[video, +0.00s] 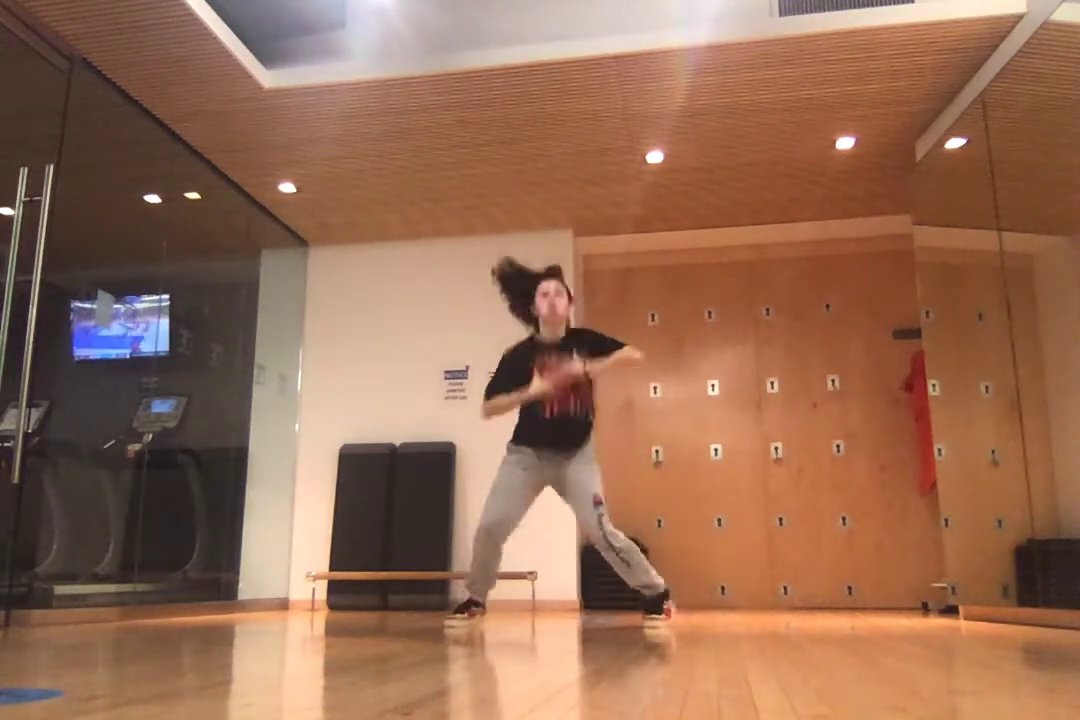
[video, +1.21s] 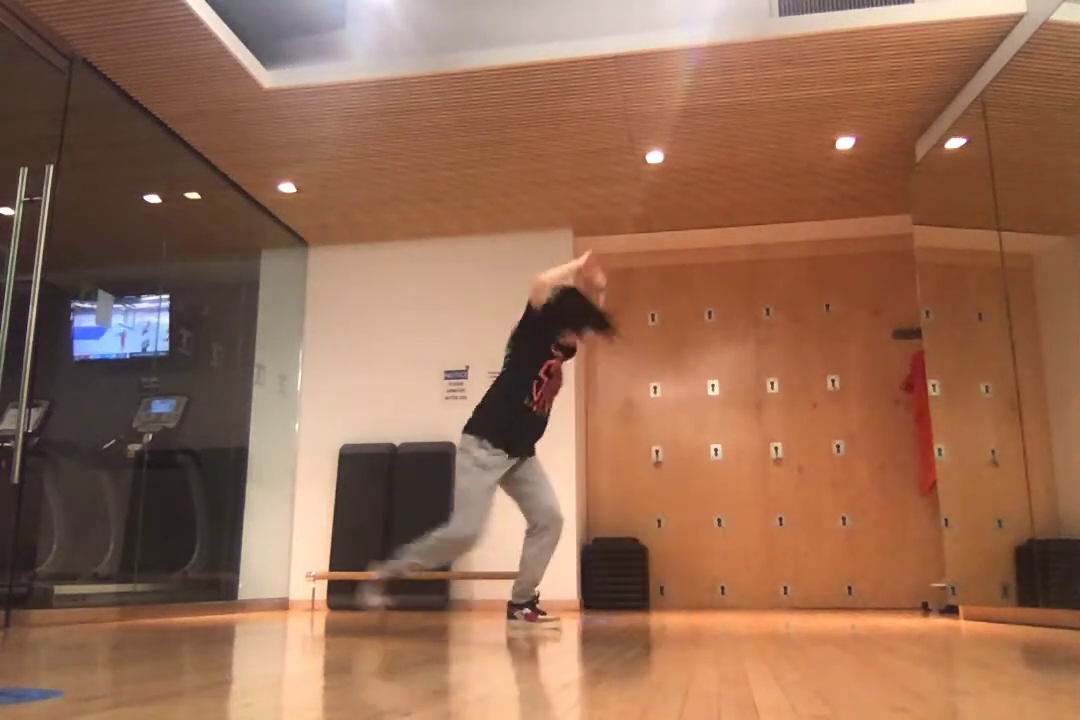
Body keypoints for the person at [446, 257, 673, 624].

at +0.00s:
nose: (553, 301)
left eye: (559, 294)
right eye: (545, 295)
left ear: (570, 305)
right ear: (532, 307)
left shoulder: (583, 342)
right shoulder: (521, 354)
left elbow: (634, 355)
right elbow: (489, 408)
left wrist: (587, 368)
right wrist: (531, 392)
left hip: (576, 455)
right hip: (526, 456)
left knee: (599, 531)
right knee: (490, 527)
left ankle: (656, 594)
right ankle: (475, 599)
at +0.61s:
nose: (585, 300)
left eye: (588, 293)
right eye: (576, 295)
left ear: (597, 301)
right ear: (563, 306)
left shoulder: (607, 340)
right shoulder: (560, 343)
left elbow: (632, 353)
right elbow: (544, 388)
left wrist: (620, 362)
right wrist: (588, 370)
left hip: (602, 452)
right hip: (566, 444)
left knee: (656, 514)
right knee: (526, 525)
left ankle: (647, 603)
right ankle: (463, 584)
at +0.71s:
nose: (610, 294)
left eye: (608, 288)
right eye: (603, 288)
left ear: (594, 296)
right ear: (584, 294)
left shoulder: (601, 337)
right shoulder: (576, 332)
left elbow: (585, 383)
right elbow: (553, 385)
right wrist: (601, 364)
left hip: (611, 447)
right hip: (573, 441)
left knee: (659, 514)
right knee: (526, 516)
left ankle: (650, 604)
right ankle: (468, 582)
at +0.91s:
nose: (609, 306)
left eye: (608, 299)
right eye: (604, 299)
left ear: (584, 300)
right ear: (587, 301)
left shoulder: (593, 337)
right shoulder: (562, 331)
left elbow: (589, 383)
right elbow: (541, 372)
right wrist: (589, 351)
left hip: (598, 450)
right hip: (562, 444)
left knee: (635, 513)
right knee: (539, 531)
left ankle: (648, 603)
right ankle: (474, 587)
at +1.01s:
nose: (600, 326)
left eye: (605, 320)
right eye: (600, 317)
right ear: (584, 307)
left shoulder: (580, 343)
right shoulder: (552, 328)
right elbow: (521, 343)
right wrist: (559, 312)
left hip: (553, 445)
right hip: (518, 438)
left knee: (593, 504)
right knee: (520, 529)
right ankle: (468, 590)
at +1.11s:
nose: (602, 348)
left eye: (606, 343)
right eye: (603, 340)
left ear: (591, 325)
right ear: (590, 327)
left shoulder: (572, 347)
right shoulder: (549, 328)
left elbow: (582, 317)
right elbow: (516, 306)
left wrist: (572, 295)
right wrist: (553, 286)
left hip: (531, 449)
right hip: (494, 442)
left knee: (551, 517)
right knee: (504, 526)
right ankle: (454, 584)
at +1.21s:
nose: (577, 341)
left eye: (581, 336)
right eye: (573, 333)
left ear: (581, 333)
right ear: (559, 322)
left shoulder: (561, 348)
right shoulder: (532, 333)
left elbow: (583, 319)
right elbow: (541, 286)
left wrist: (593, 288)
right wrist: (575, 266)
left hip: (519, 454)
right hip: (482, 446)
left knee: (548, 520)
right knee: (465, 530)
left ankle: (522, 603)